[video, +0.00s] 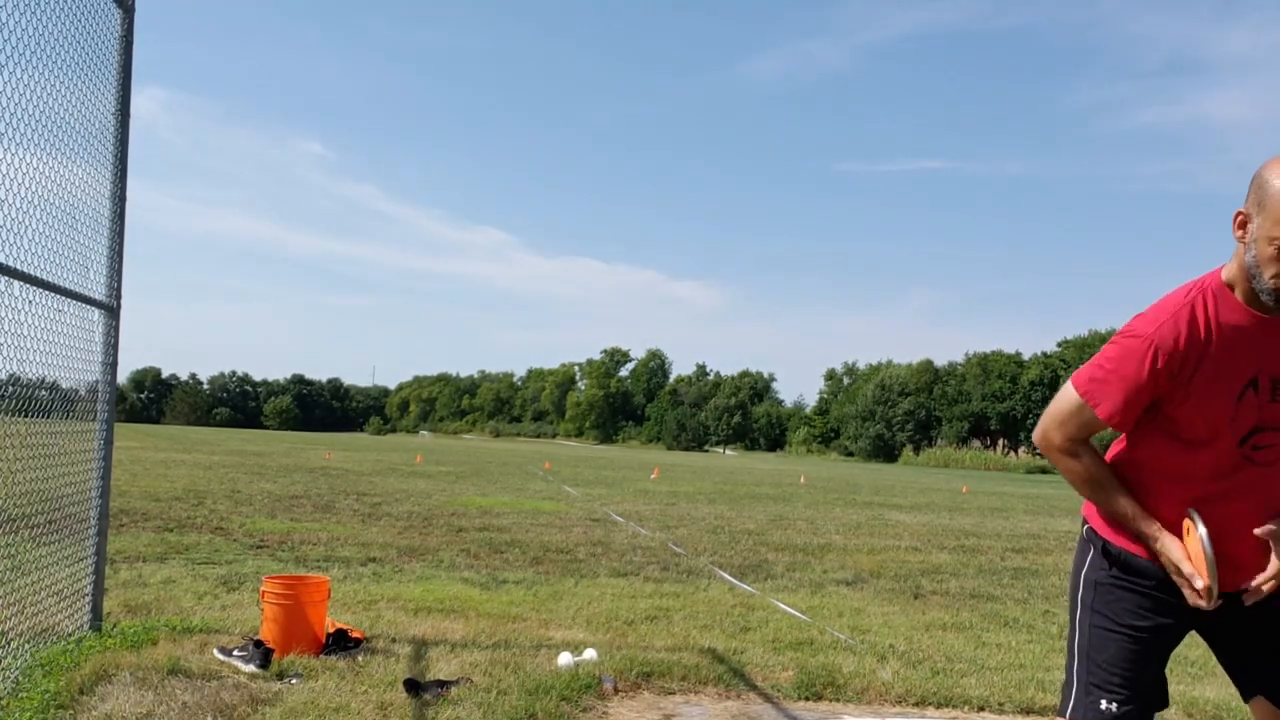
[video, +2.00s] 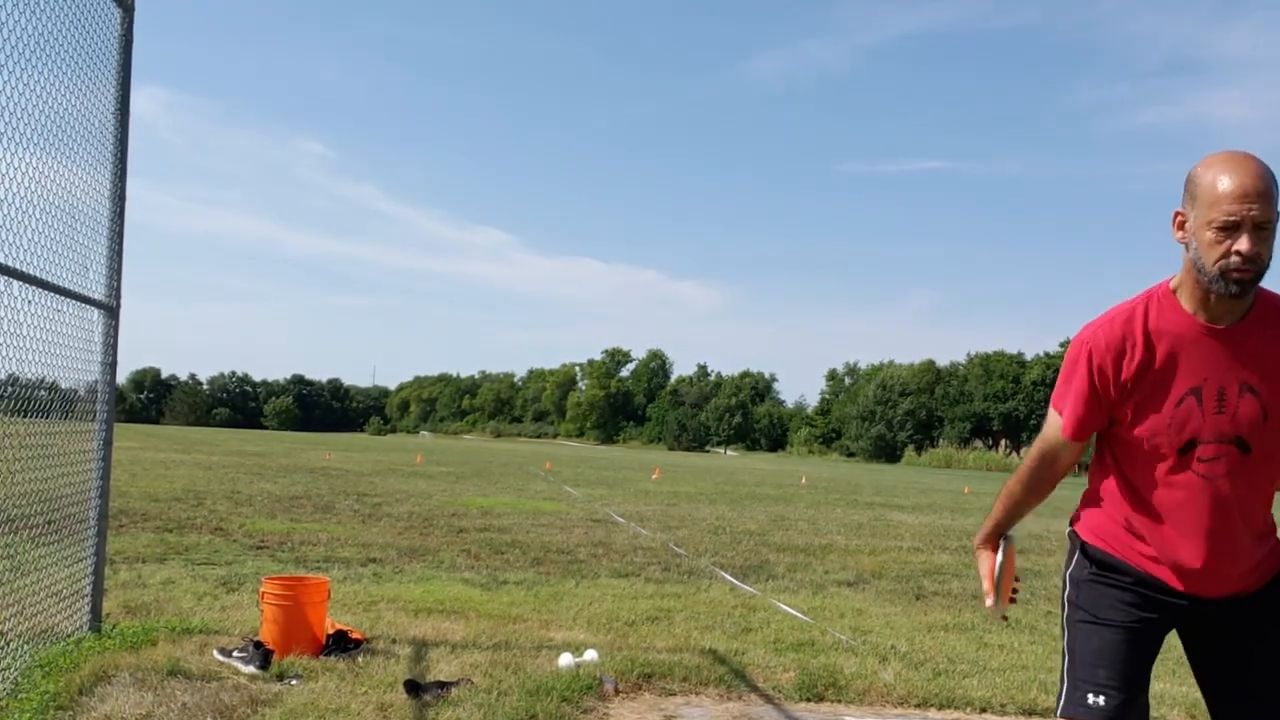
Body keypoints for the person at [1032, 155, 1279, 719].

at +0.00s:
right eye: (1278, 242)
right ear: (1243, 226)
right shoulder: (1179, 324)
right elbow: (1057, 435)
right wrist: (1155, 535)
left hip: (1254, 575)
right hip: (1134, 567)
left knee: (1275, 706)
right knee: (1101, 713)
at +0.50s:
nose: (1266, 261)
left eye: (1278, 243)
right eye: (1249, 242)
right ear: (1205, 222)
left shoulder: (1278, 317)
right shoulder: (1130, 324)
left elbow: (1275, 428)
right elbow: (1085, 466)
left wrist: (1275, 458)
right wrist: (1214, 481)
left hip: (1251, 563)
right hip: (1126, 557)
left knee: (1279, 703)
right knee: (1088, 713)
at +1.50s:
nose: (1223, 259)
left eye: (1239, 241)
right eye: (1206, 240)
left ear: (1260, 238)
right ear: (1167, 233)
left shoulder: (1274, 332)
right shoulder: (1111, 337)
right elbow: (1109, 484)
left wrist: (1268, 529)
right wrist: (1193, 526)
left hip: (1234, 570)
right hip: (1111, 565)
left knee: (1274, 704)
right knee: (1090, 711)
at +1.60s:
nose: (1221, 261)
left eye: (1236, 242)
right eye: (1202, 243)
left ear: (1253, 239)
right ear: (1161, 238)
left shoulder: (1271, 338)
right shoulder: (1102, 346)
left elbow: (1273, 465)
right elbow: (1099, 486)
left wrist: (1275, 555)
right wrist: (1139, 580)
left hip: (1226, 574)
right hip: (1108, 567)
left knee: (1272, 703)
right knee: (1091, 709)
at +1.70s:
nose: (1222, 256)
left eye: (1236, 236)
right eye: (1203, 238)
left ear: (1252, 234)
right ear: (1160, 235)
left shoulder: (1273, 338)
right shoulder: (1103, 346)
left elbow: (1279, 481)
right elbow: (1082, 495)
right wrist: (1081, 615)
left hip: (1238, 574)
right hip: (1124, 572)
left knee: (1270, 706)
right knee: (1091, 709)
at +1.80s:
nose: (1229, 248)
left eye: (1243, 229)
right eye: (1210, 229)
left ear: (1257, 229)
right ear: (1167, 227)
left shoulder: (1273, 331)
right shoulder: (1106, 340)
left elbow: (1278, 474)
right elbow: (1061, 482)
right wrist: (1027, 605)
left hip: (1240, 572)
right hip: (1121, 566)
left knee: (1265, 706)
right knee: (1088, 707)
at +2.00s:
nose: (1248, 247)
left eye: (1261, 229)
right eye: (1228, 228)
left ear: (1276, 230)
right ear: (1183, 226)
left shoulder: (1277, 330)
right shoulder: (1115, 339)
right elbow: (1055, 452)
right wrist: (989, 534)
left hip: (1245, 570)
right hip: (1122, 563)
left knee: (1260, 707)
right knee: (1096, 709)